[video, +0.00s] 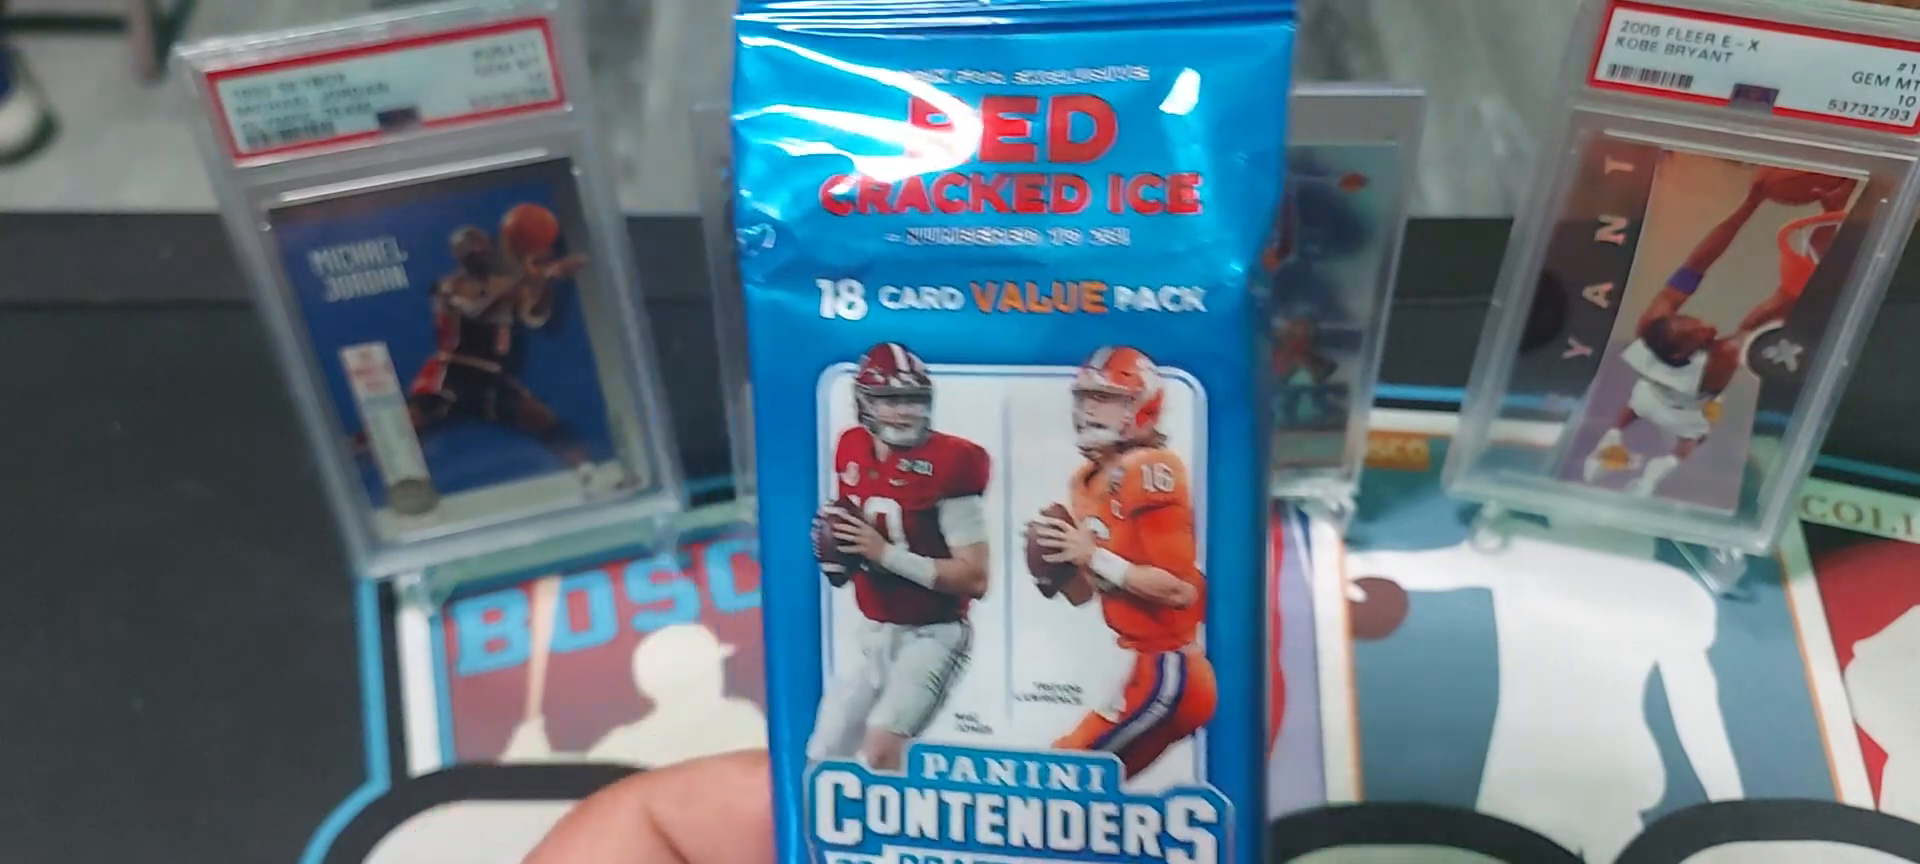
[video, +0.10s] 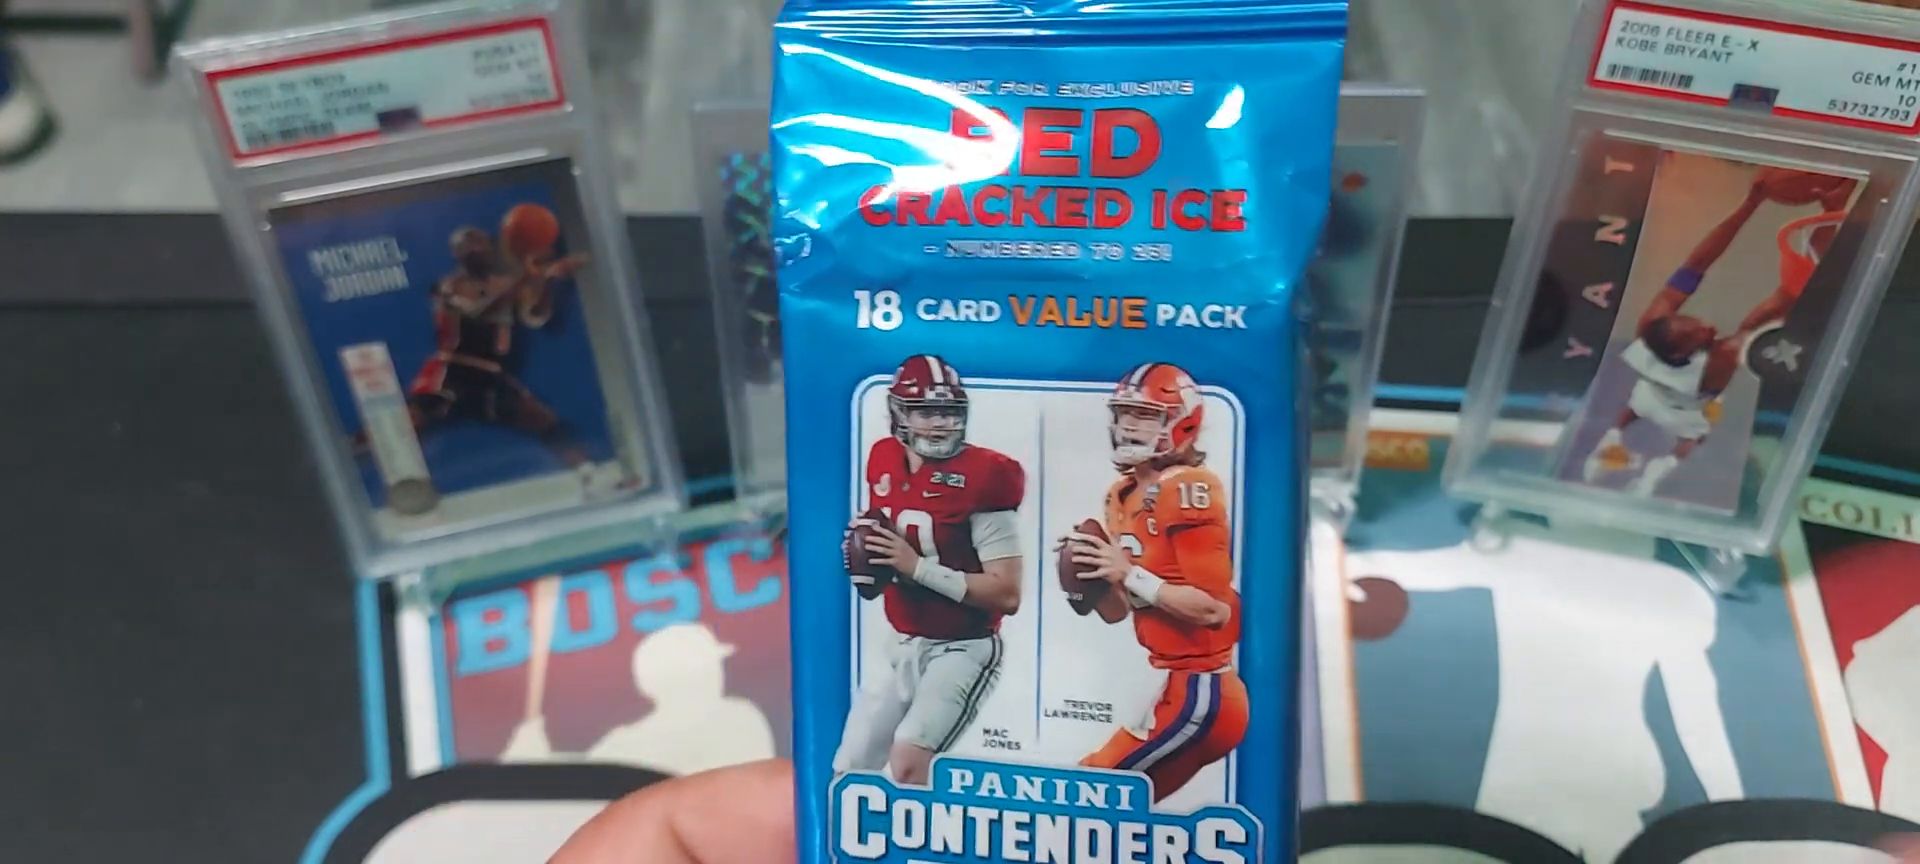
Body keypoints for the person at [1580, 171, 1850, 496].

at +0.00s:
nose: (1702, 326)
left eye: (1691, 322)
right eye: (1692, 334)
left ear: (1683, 313)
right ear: (1685, 353)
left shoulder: (1652, 324)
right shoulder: (1720, 360)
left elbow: (1697, 263)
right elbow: (1756, 325)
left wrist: (1751, 204)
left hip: (1647, 391)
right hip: (1682, 413)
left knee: (1633, 409)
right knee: (1696, 436)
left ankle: (1608, 442)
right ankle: (1654, 474)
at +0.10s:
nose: (1702, 326)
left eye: (1690, 321)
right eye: (1692, 332)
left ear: (1686, 314)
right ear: (1684, 352)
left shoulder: (1652, 325)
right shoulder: (1720, 360)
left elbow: (1697, 263)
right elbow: (1756, 326)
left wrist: (1751, 203)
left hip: (1648, 391)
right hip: (1682, 413)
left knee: (1635, 408)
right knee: (1698, 434)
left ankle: (1609, 439)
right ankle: (1657, 472)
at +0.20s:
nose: (1702, 326)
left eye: (1691, 322)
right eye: (1693, 332)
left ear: (1685, 313)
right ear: (1684, 352)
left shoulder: (1652, 324)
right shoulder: (1721, 359)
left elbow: (1697, 264)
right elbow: (1759, 322)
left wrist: (1751, 202)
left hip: (1647, 392)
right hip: (1682, 415)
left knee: (1634, 408)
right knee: (1697, 435)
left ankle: (1608, 440)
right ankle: (1657, 473)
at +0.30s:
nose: (1703, 326)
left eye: (1691, 322)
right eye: (1693, 333)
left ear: (1684, 313)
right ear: (1684, 352)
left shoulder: (1652, 324)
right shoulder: (1720, 360)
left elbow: (1697, 263)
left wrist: (1750, 204)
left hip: (1647, 391)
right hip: (1682, 414)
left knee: (1634, 409)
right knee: (1697, 435)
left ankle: (1609, 440)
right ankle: (1658, 471)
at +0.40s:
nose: (1704, 326)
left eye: (1693, 322)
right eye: (1694, 332)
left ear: (1685, 313)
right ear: (1684, 352)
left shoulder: (1652, 324)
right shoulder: (1720, 360)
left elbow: (1697, 263)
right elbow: (1759, 322)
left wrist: (1750, 204)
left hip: (1648, 391)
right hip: (1683, 414)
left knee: (1634, 409)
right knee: (1697, 436)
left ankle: (1609, 440)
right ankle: (1659, 470)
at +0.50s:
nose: (1705, 330)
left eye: (1693, 324)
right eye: (1694, 337)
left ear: (1681, 315)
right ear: (1684, 354)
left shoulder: (1653, 323)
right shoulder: (1720, 361)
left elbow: (1696, 264)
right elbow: (1752, 326)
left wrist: (1751, 203)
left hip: (1655, 387)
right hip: (1685, 411)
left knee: (1639, 403)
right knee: (1692, 435)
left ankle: (1612, 434)